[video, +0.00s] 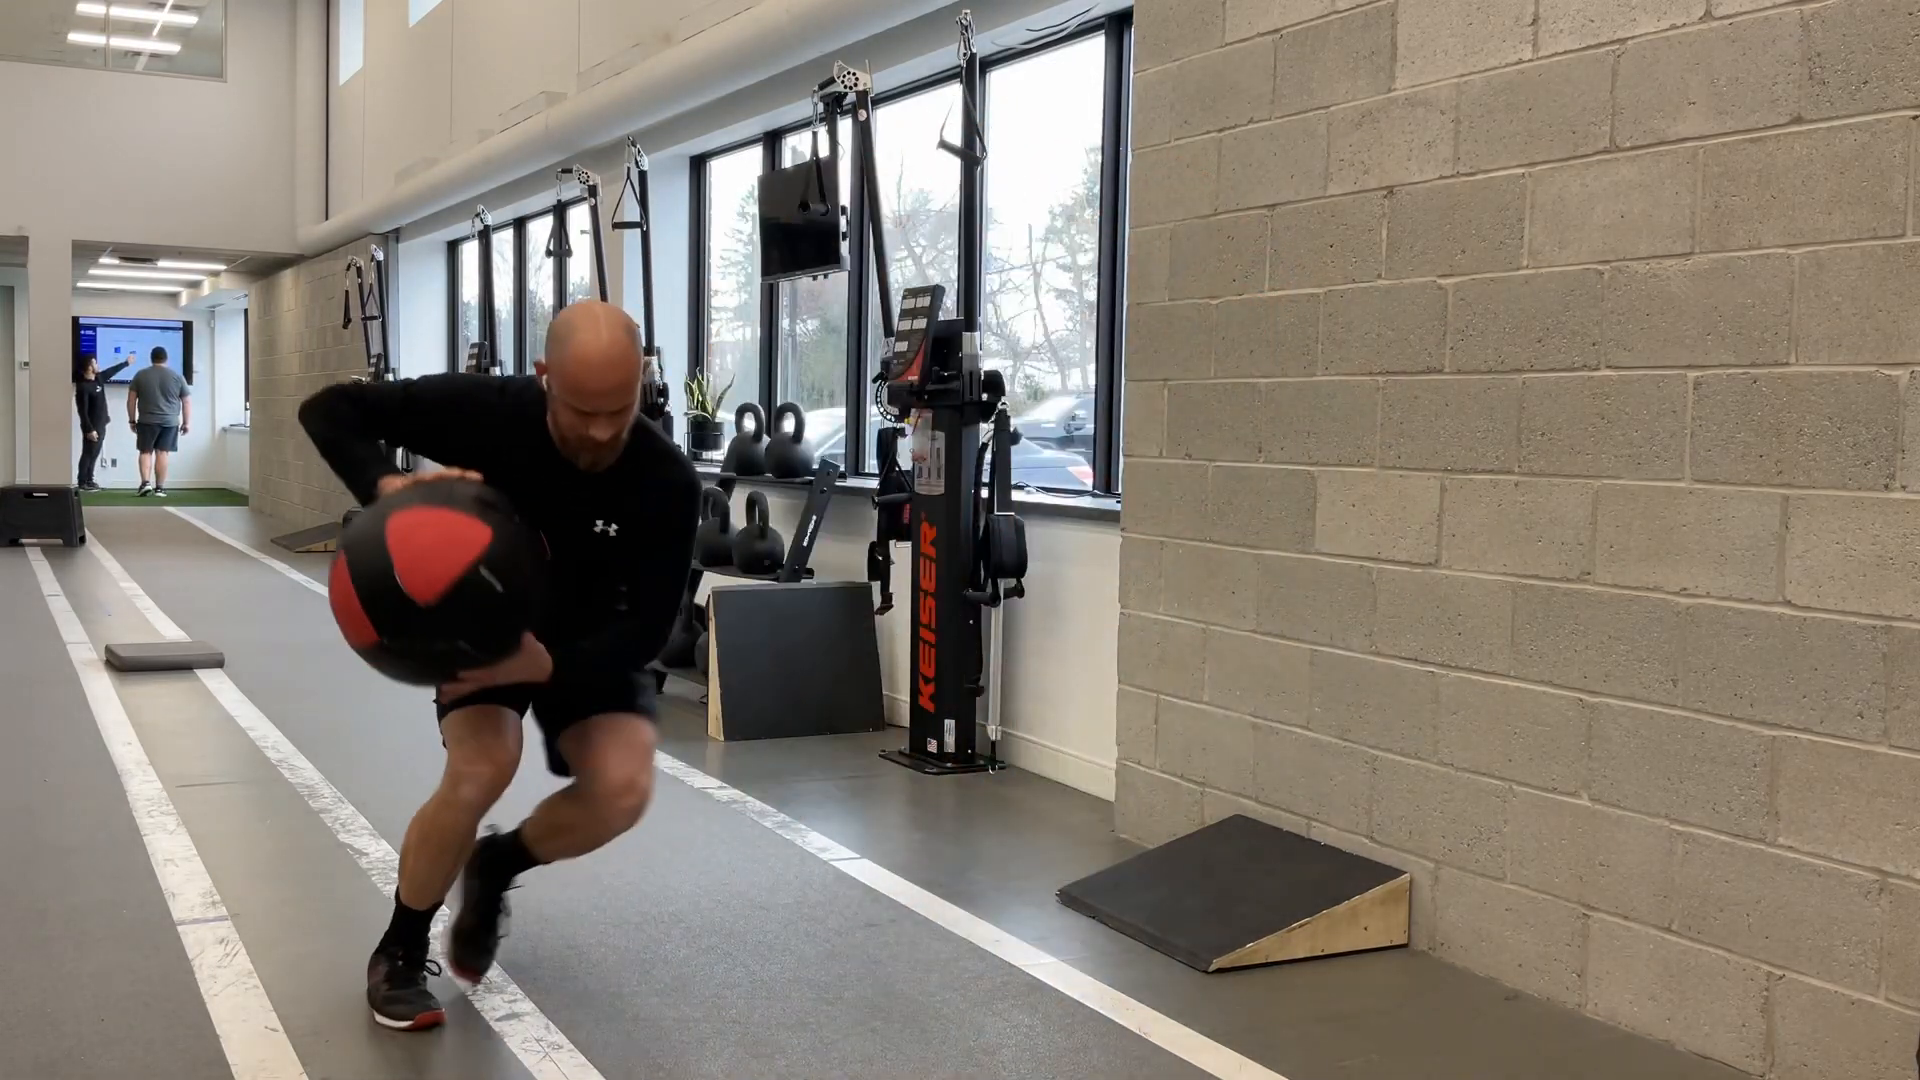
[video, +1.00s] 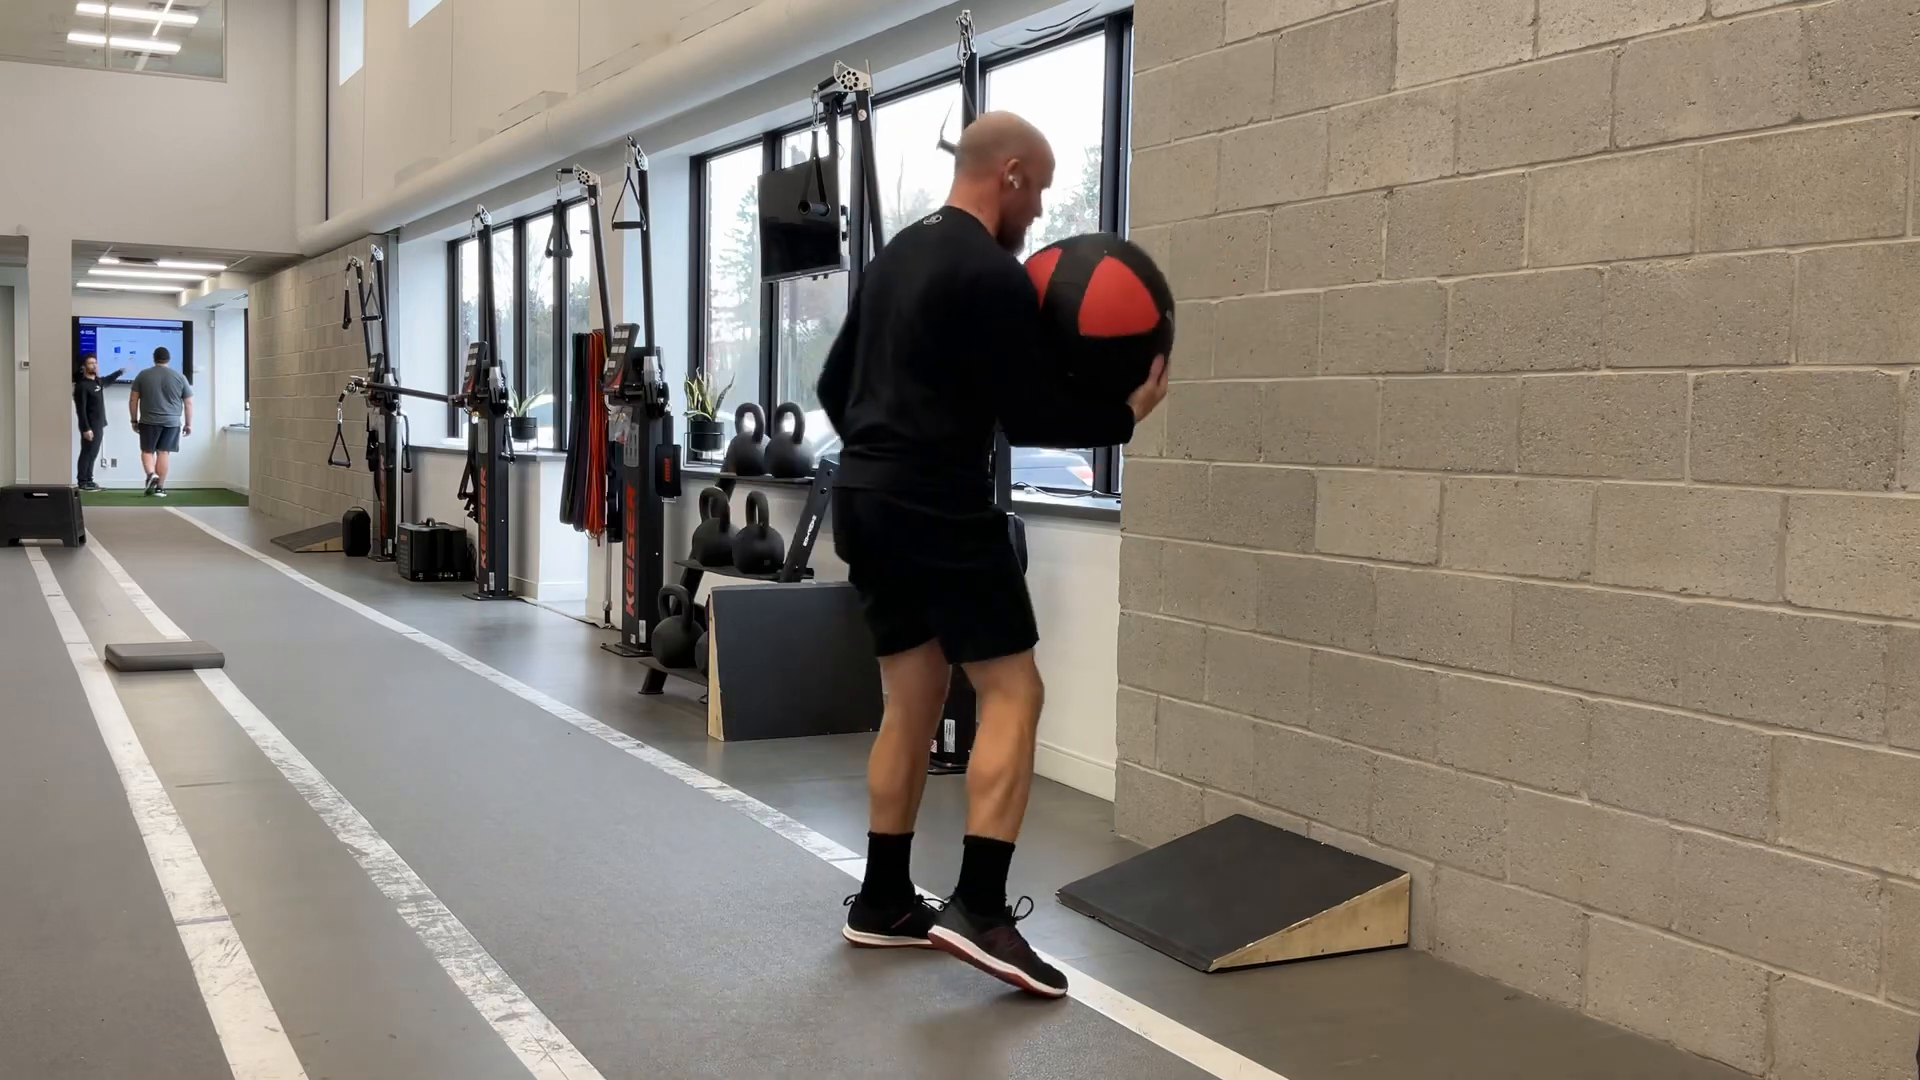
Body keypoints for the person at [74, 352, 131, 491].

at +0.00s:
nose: (97, 365)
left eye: (96, 363)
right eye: (94, 363)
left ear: (92, 366)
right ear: (89, 366)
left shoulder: (99, 378)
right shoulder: (83, 386)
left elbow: (112, 371)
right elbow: (83, 411)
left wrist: (126, 363)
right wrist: (89, 429)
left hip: (101, 422)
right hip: (91, 424)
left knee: (95, 454)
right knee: (88, 454)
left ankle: (89, 480)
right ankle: (83, 481)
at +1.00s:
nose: (94, 365)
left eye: (95, 363)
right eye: (90, 363)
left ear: (97, 365)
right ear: (85, 366)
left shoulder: (98, 381)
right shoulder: (82, 385)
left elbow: (108, 380)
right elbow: (81, 409)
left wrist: (120, 372)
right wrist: (86, 428)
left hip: (99, 423)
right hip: (89, 425)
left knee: (92, 454)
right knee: (86, 454)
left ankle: (89, 480)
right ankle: (83, 481)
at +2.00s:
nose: (97, 366)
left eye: (99, 364)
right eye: (94, 363)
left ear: (101, 366)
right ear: (88, 365)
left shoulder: (97, 384)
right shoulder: (81, 383)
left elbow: (98, 408)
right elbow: (79, 406)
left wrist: (102, 425)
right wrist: (83, 423)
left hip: (97, 425)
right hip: (87, 425)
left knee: (92, 454)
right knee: (85, 454)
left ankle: (89, 479)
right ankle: (82, 481)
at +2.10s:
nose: (98, 367)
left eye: (99, 364)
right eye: (95, 363)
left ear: (101, 366)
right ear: (88, 365)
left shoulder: (97, 384)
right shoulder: (81, 383)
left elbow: (98, 408)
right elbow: (79, 406)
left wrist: (104, 424)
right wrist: (83, 423)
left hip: (97, 425)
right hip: (87, 425)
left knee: (92, 454)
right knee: (85, 454)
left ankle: (89, 479)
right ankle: (82, 481)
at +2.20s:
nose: (98, 367)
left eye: (100, 364)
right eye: (95, 364)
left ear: (101, 366)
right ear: (88, 365)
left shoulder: (97, 384)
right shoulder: (81, 383)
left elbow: (98, 407)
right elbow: (79, 406)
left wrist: (105, 424)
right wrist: (82, 423)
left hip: (97, 425)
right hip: (87, 425)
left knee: (92, 454)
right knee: (85, 454)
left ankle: (89, 479)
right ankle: (82, 481)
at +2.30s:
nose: (98, 367)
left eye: (100, 364)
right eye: (95, 364)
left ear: (102, 367)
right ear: (88, 365)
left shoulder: (98, 385)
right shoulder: (81, 383)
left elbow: (99, 407)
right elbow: (79, 406)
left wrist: (105, 424)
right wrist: (82, 424)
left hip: (97, 425)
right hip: (87, 425)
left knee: (92, 454)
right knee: (85, 454)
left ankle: (89, 479)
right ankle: (82, 480)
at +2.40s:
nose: (98, 368)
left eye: (100, 365)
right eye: (96, 364)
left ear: (102, 367)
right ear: (88, 365)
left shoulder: (98, 385)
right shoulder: (82, 383)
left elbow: (99, 408)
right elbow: (79, 406)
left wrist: (104, 425)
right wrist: (82, 424)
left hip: (97, 425)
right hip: (87, 426)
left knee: (92, 455)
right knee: (85, 454)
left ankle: (89, 479)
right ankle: (82, 481)